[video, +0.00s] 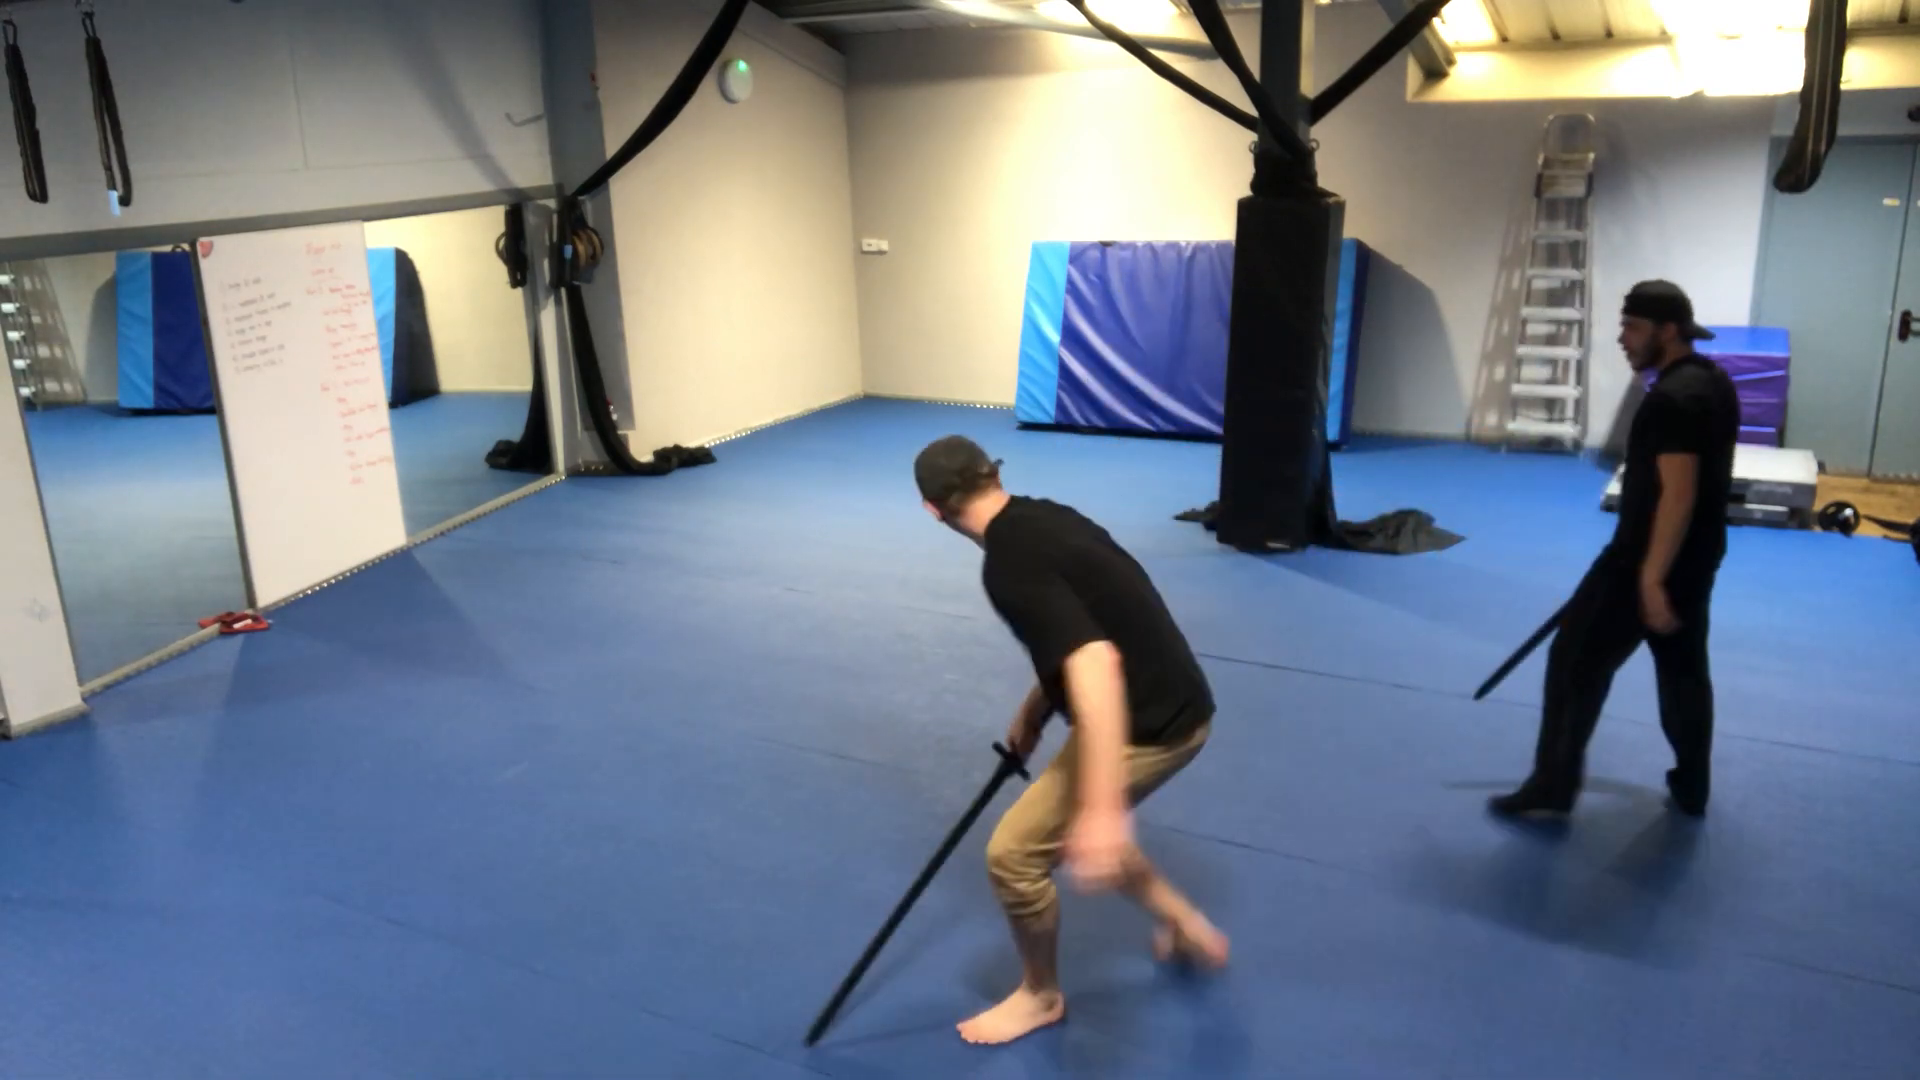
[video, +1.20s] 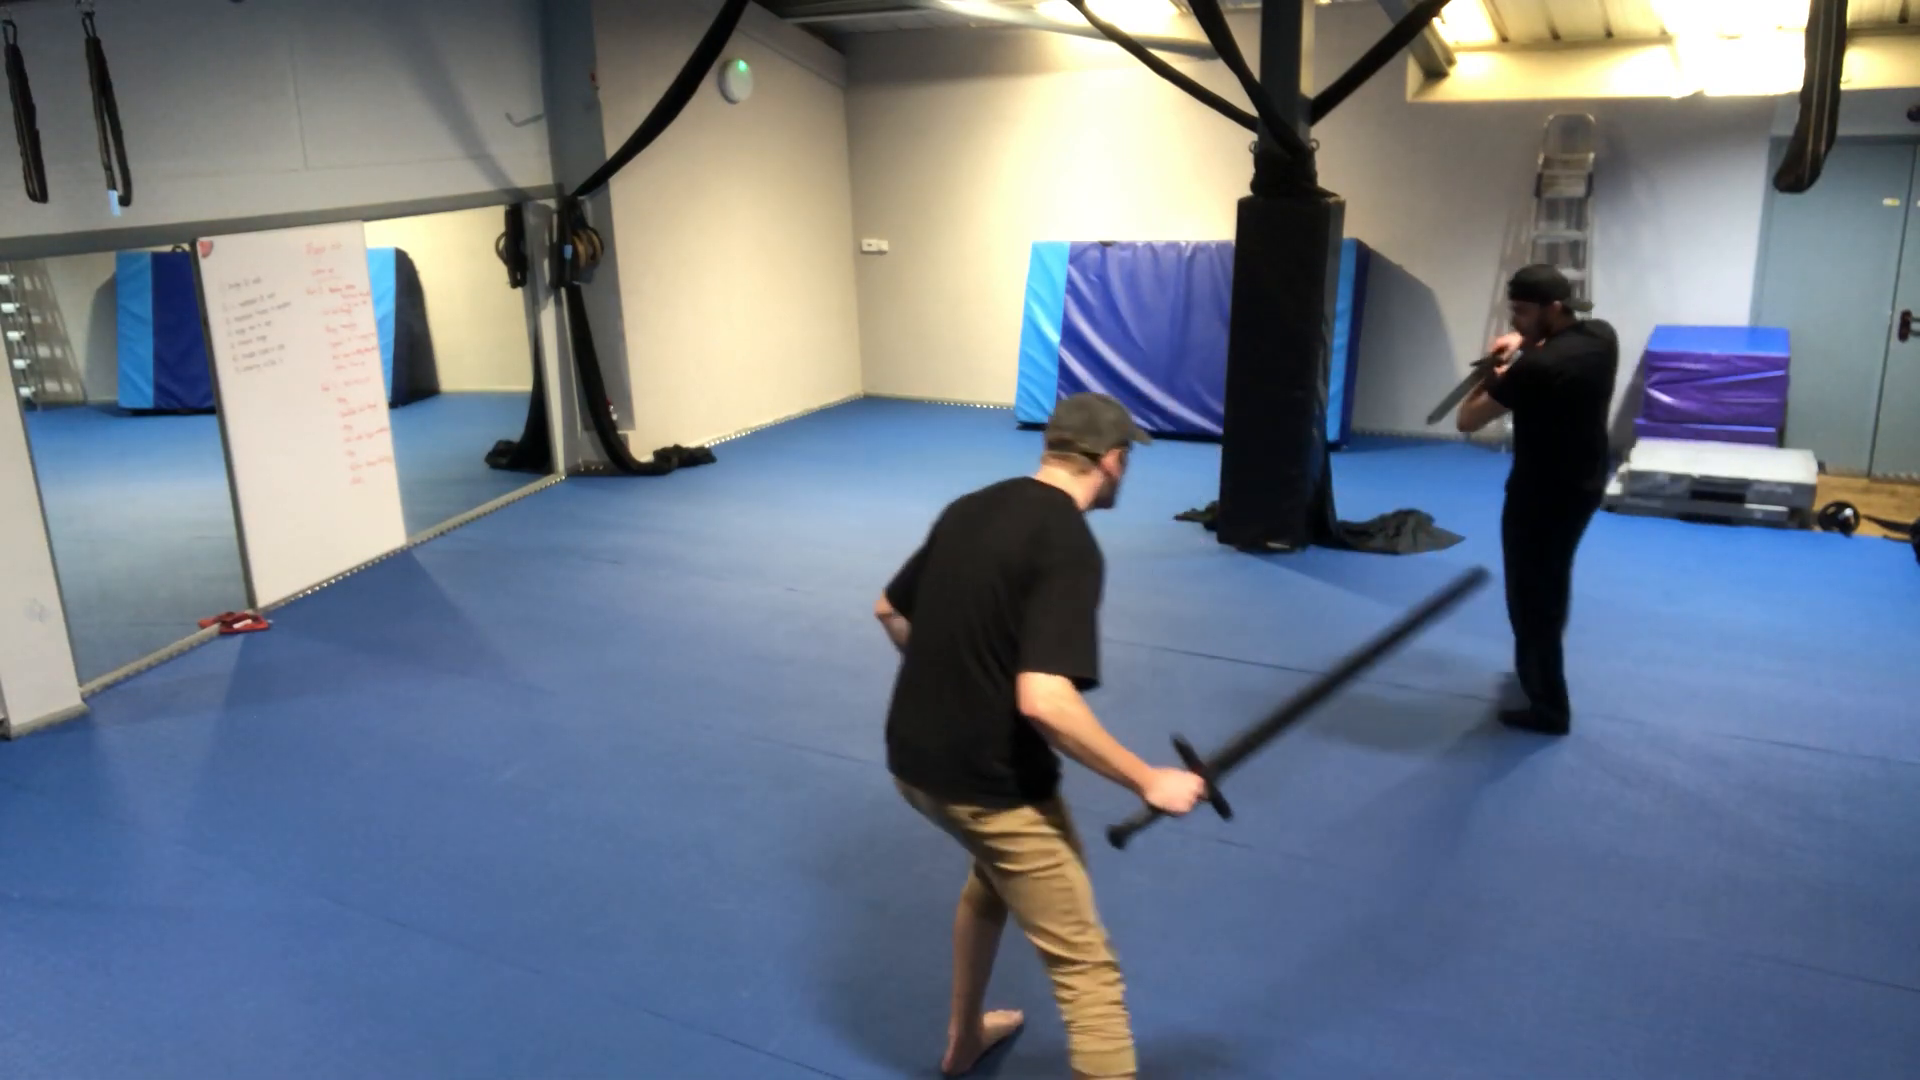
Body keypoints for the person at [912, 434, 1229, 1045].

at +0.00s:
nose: (934, 512)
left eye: (929, 503)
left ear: (936, 508)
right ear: (996, 474)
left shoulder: (1011, 559)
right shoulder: (1045, 518)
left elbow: (1095, 657)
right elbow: (1079, 632)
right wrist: (1032, 715)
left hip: (1145, 727)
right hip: (1175, 703)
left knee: (1013, 857)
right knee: (1082, 825)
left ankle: (1040, 993)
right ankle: (1189, 929)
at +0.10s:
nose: (940, 497)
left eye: (938, 486)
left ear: (942, 493)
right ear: (1008, 466)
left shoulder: (998, 550)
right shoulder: (1067, 514)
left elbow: (1054, 652)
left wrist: (1017, 798)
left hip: (1128, 744)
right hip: (1181, 723)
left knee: (1000, 861)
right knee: (1080, 852)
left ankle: (1040, 994)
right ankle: (1176, 1001)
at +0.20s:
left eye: (980, 471)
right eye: (1036, 460)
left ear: (974, 479)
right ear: (1041, 464)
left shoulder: (996, 540)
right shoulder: (1102, 518)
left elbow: (1029, 637)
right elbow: (1126, 628)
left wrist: (983, 785)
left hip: (1099, 765)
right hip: (1188, 749)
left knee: (994, 863)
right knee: (1125, 896)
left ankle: (1041, 996)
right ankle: (1156, 1063)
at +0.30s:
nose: (1092, 473)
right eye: (1093, 465)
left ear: (1021, 474)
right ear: (1087, 470)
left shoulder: (1007, 542)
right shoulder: (1142, 538)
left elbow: (1006, 643)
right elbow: (1198, 664)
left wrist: (954, 794)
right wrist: (1128, 726)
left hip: (1077, 786)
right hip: (1180, 781)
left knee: (994, 872)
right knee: (1157, 951)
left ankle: (1042, 998)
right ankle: (1158, 1073)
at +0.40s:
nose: (1143, 484)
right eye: (1144, 477)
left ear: (1067, 477)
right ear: (1135, 481)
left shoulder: (1018, 548)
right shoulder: (1173, 557)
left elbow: (969, 653)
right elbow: (1236, 696)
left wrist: (918, 800)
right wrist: (1192, 738)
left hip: (1056, 802)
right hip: (1163, 807)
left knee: (998, 879)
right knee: (1151, 981)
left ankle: (1044, 1007)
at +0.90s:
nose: (1206, 476)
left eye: (1210, 464)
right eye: (1207, 464)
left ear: (1125, 454)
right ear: (1189, 467)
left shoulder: (1036, 517)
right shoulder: (1159, 560)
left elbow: (934, 614)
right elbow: (1155, 726)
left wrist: (975, 697)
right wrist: (1240, 825)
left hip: (979, 770)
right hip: (1079, 800)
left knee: (1006, 871)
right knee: (1149, 987)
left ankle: (995, 1026)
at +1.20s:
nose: (1126, 469)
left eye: (1127, 457)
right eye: (1127, 457)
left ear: (1052, 447)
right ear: (1110, 460)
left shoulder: (973, 508)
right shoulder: (1067, 544)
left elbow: (893, 609)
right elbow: (1043, 696)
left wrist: (958, 674)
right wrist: (1149, 780)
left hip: (916, 756)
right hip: (993, 777)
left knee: (997, 867)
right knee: (1084, 965)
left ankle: (963, 1033)